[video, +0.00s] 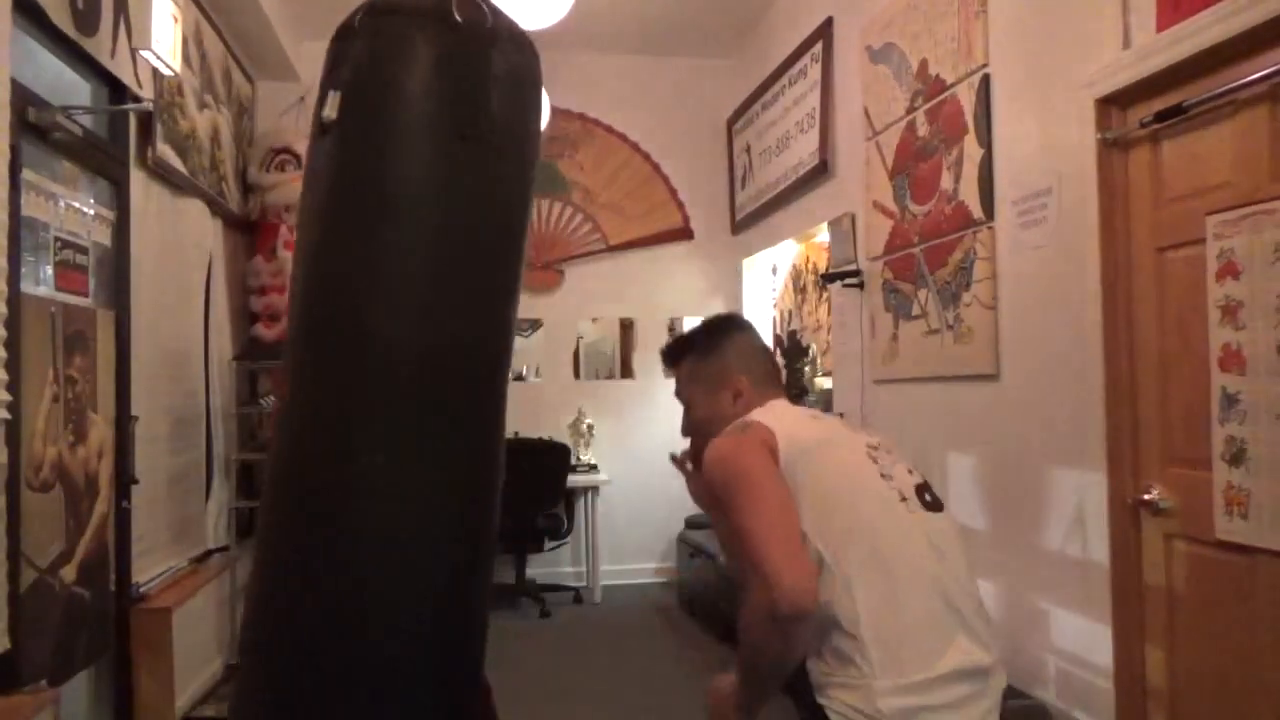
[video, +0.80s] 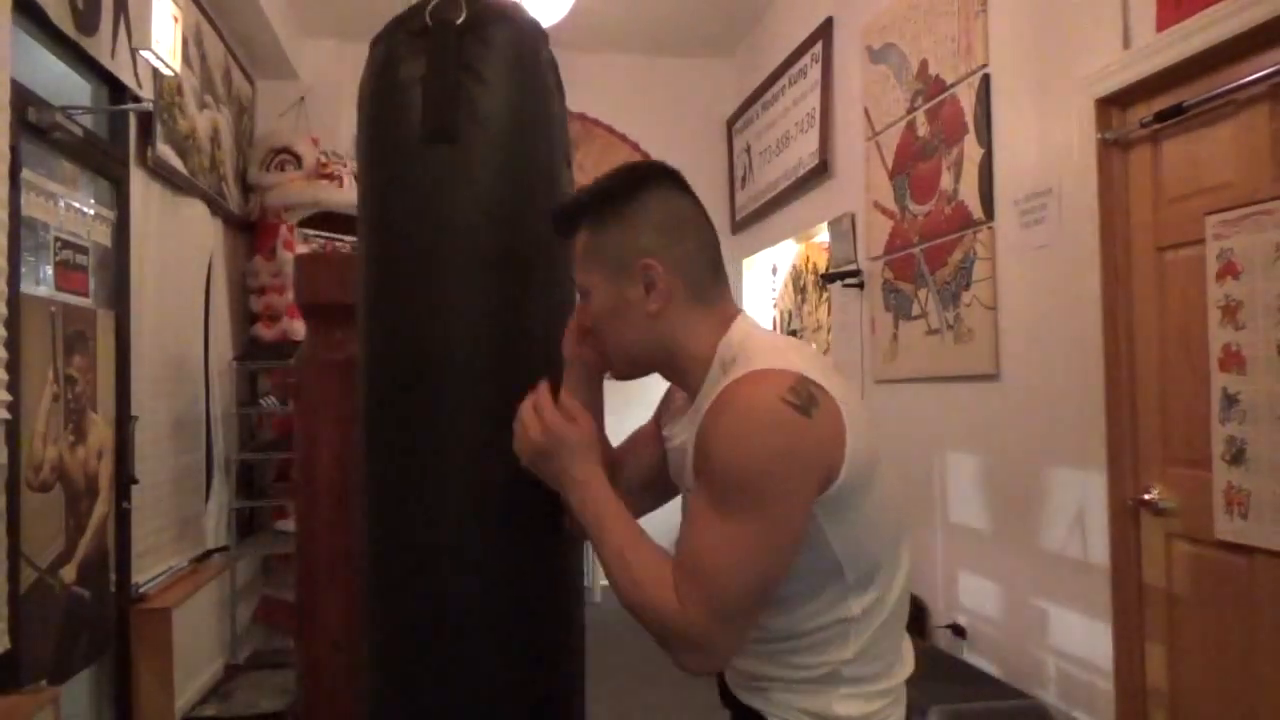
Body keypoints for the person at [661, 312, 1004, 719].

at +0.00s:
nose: (683, 428)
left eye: (687, 404)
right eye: (682, 406)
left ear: (736, 393)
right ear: (759, 389)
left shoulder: (738, 444)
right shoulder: (842, 431)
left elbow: (789, 598)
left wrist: (745, 696)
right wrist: (720, 509)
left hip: (883, 707)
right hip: (977, 698)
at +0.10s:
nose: (671, 444)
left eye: (677, 422)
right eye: (670, 424)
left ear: (734, 416)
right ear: (745, 416)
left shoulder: (750, 464)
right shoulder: (823, 452)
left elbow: (829, 618)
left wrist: (781, 711)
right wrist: (709, 529)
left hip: (902, 707)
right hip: (973, 698)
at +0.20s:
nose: (651, 436)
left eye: (660, 415)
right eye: (651, 417)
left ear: (720, 411)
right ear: (723, 412)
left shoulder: (769, 467)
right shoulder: (789, 448)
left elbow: (865, 633)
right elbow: (746, 648)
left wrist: (741, 702)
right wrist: (678, 530)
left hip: (928, 702)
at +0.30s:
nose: (632, 405)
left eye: (643, 383)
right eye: (631, 385)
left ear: (710, 379)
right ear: (711, 382)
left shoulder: (798, 448)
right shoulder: (739, 473)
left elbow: (855, 641)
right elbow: (695, 615)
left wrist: (682, 625)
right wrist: (642, 499)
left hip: (923, 703)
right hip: (841, 690)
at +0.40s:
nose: (621, 362)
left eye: (631, 339)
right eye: (622, 340)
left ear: (704, 338)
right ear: (704, 340)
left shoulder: (809, 426)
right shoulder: (703, 456)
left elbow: (790, 637)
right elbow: (617, 584)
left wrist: (615, 541)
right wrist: (610, 438)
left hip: (899, 700)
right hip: (803, 686)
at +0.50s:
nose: (607, 325)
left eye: (621, 304)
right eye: (609, 304)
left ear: (698, 303)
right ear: (692, 308)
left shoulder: (801, 408)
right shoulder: (682, 426)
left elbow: (726, 619)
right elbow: (579, 521)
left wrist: (561, 520)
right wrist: (590, 381)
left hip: (873, 702)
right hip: (788, 687)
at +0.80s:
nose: (581, 319)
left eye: (585, 295)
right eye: (578, 297)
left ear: (651, 286)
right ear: (651, 286)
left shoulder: (763, 409)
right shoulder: (703, 381)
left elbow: (700, 641)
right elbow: (602, 501)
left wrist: (579, 477)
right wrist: (582, 372)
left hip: (821, 709)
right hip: (758, 692)